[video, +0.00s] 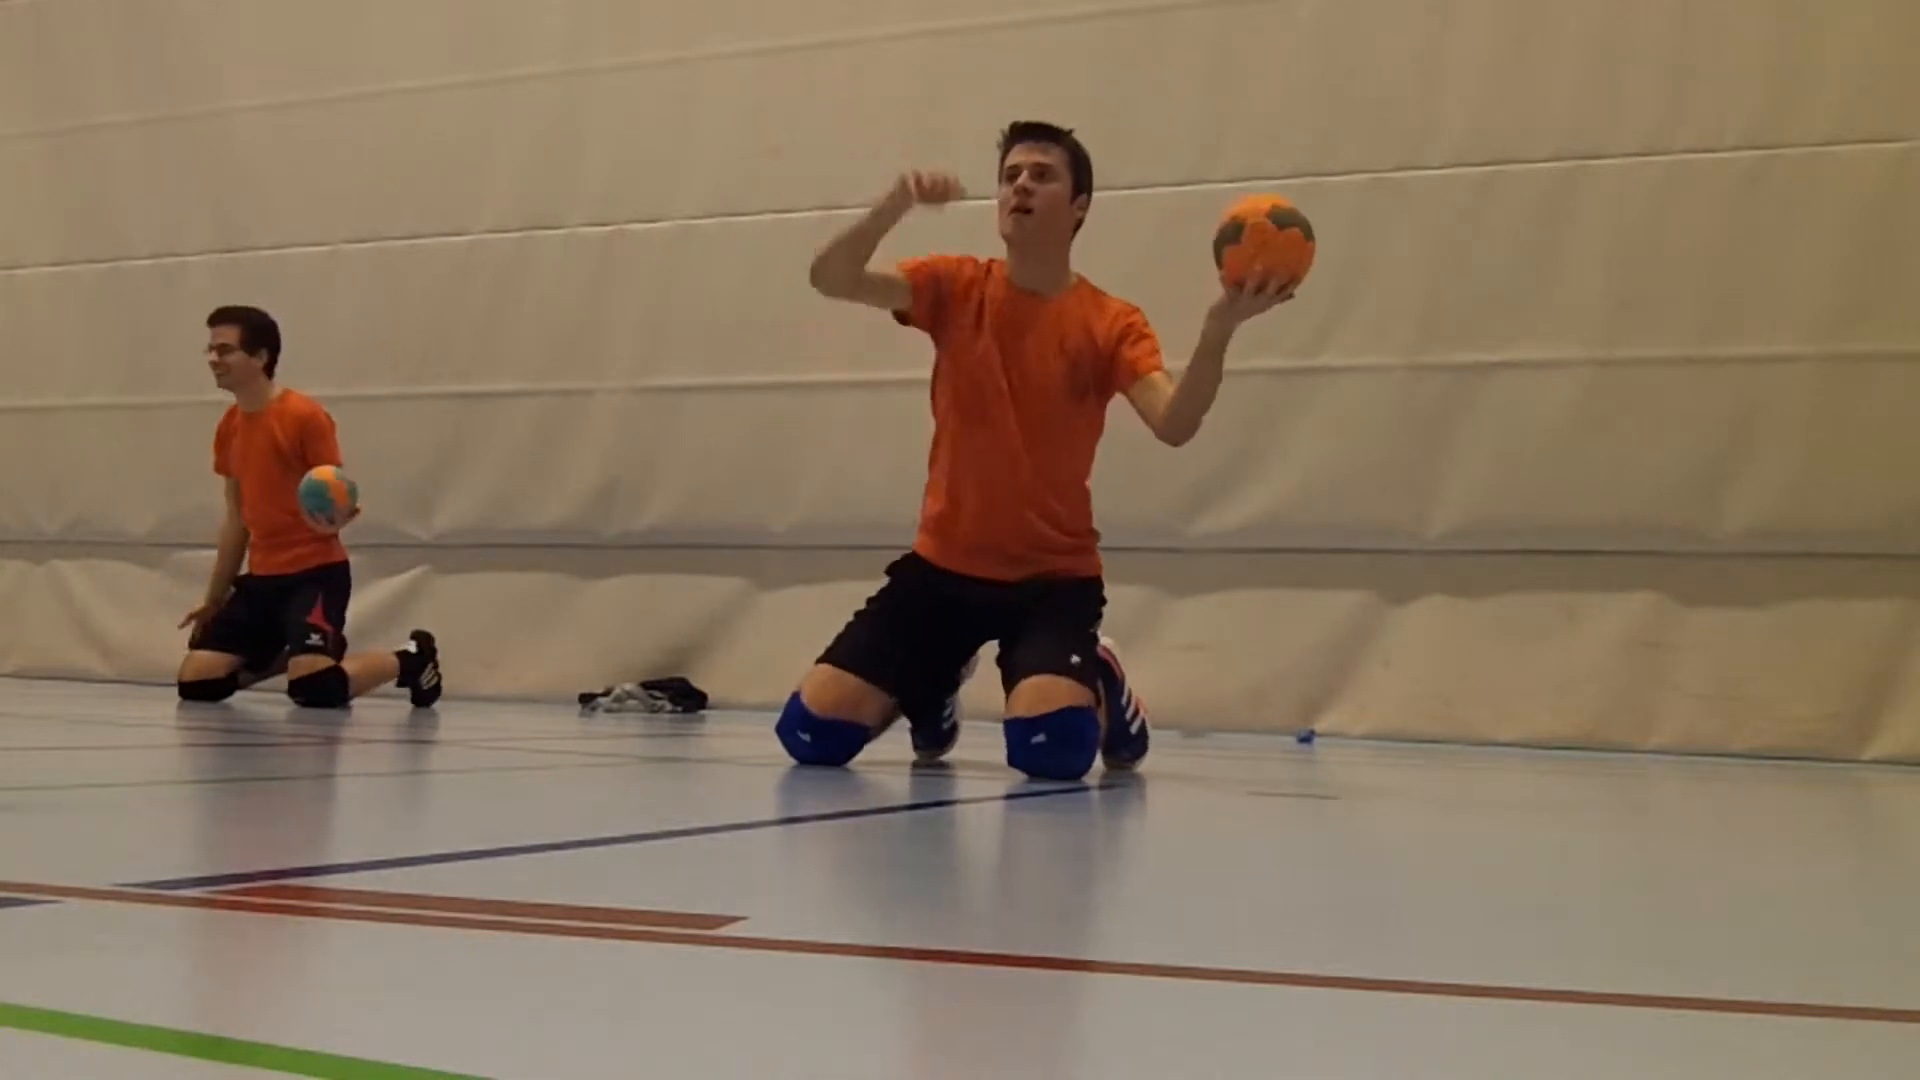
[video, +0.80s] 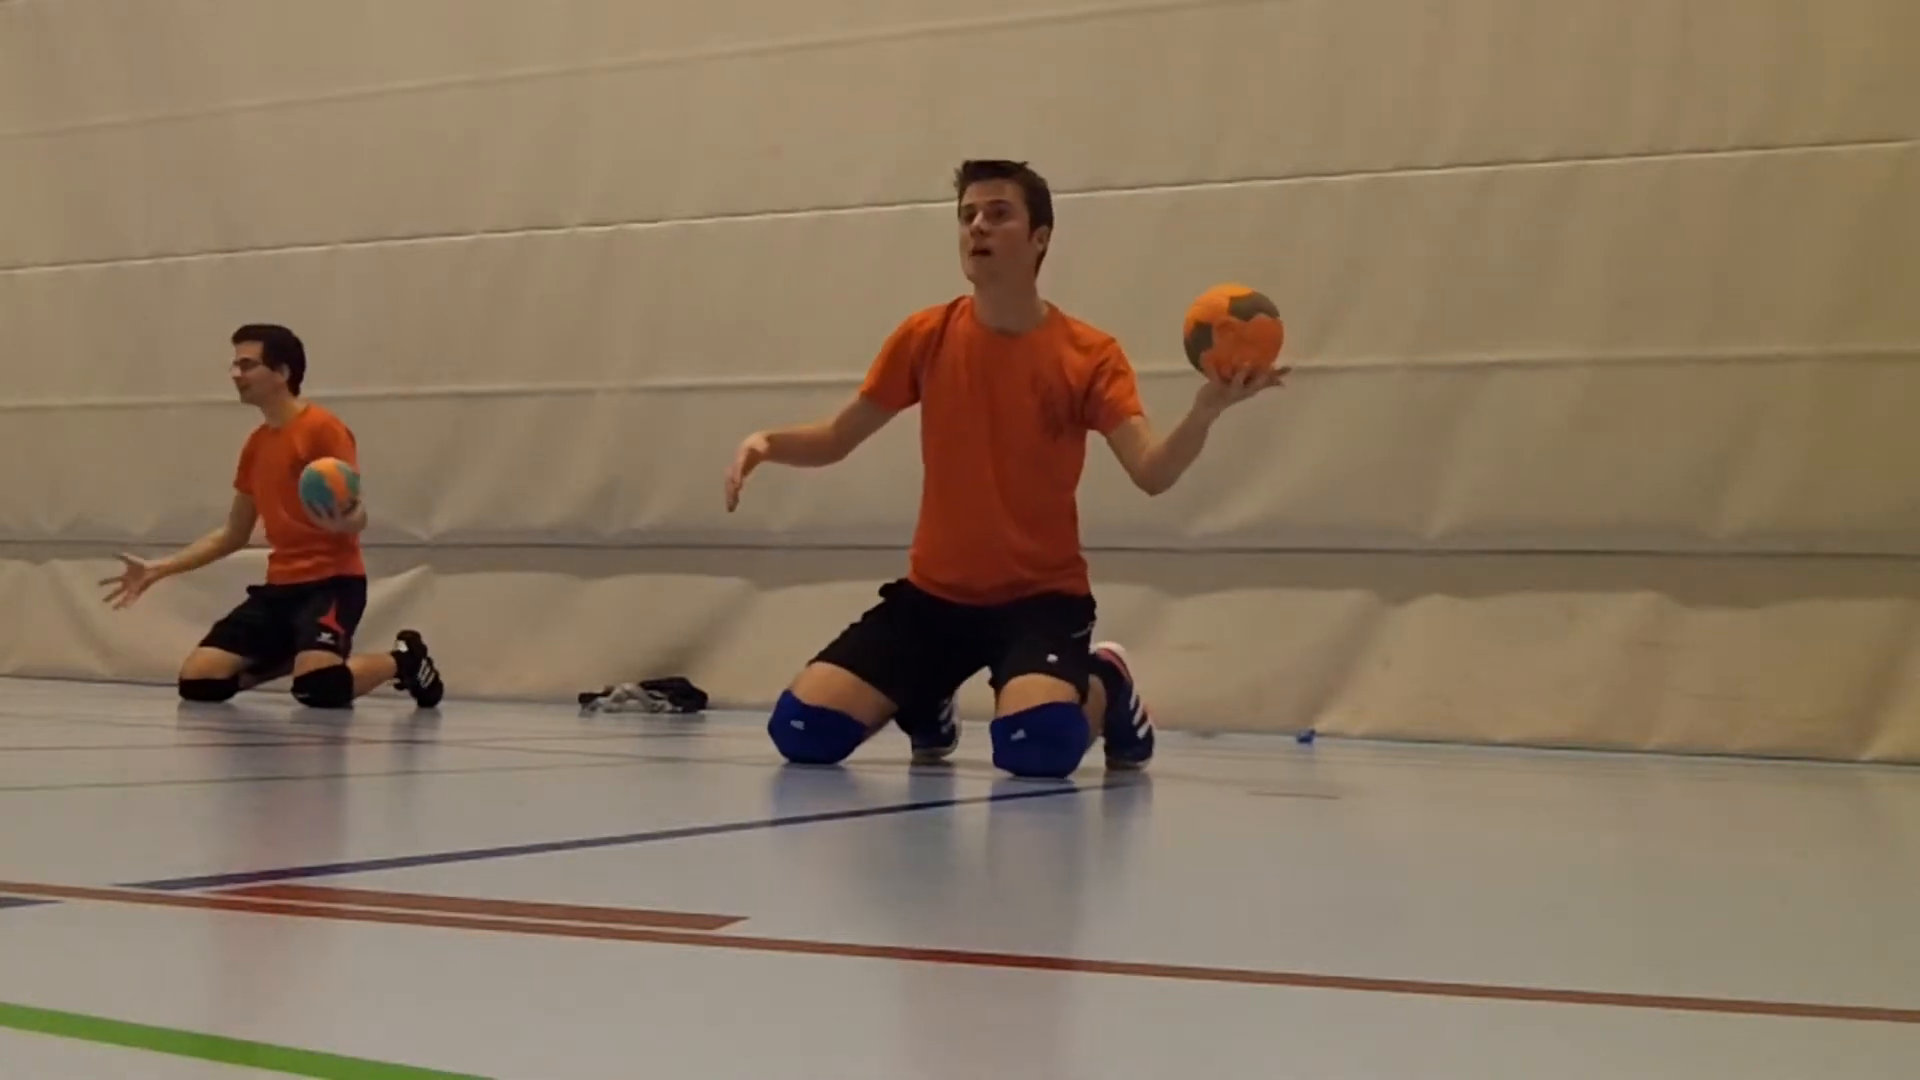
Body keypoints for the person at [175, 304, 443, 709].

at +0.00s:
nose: (213, 359)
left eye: (225, 350)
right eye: (211, 350)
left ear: (261, 357)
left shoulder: (304, 417)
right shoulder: (231, 426)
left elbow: (336, 498)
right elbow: (236, 522)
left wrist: (337, 517)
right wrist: (213, 602)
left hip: (318, 575)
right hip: (262, 579)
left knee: (312, 688)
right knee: (197, 684)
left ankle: (413, 661)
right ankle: (296, 654)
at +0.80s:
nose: (235, 375)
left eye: (246, 366)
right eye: (234, 365)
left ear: (282, 373)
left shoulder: (324, 430)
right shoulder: (257, 446)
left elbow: (357, 517)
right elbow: (233, 535)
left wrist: (345, 524)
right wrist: (158, 569)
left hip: (332, 583)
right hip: (280, 586)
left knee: (315, 687)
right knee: (197, 683)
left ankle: (404, 660)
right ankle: (306, 657)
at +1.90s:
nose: (279, 345)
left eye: (291, 336)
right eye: (277, 336)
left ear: (325, 348)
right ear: (275, 343)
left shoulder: (351, 412)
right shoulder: (271, 415)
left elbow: (380, 493)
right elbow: (193, 450)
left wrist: (352, 514)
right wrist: (172, 370)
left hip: (336, 576)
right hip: (280, 573)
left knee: (323, 691)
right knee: (221, 686)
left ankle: (382, 660)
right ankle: (319, 647)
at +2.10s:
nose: (267, 340)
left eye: (280, 331)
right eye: (266, 330)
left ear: (313, 341)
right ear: (265, 336)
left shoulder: (336, 404)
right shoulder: (257, 400)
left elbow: (361, 488)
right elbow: (169, 406)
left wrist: (341, 481)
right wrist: (130, 357)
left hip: (320, 570)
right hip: (262, 569)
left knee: (309, 688)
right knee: (219, 688)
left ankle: (376, 663)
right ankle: (320, 653)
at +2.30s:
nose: (269, 345)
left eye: (282, 336)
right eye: (267, 335)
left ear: (315, 347)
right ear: (265, 338)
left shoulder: (340, 410)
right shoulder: (263, 411)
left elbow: (371, 489)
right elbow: (211, 486)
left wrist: (379, 469)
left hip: (322, 574)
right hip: (264, 572)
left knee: (313, 691)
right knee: (218, 686)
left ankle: (369, 660)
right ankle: (313, 649)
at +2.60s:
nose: (268, 359)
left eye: (280, 349)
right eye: (267, 348)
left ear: (315, 357)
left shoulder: (349, 419)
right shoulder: (273, 423)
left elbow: (390, 494)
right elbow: (268, 512)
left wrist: (429, 495)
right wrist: (229, 589)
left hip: (338, 581)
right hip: (281, 581)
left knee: (322, 691)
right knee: (211, 685)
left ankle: (377, 657)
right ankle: (314, 651)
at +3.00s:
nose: (249, 370)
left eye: (260, 359)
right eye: (247, 360)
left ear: (296, 365)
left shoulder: (337, 426)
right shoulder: (263, 436)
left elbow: (378, 495)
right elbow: (262, 530)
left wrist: (422, 510)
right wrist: (221, 598)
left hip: (337, 585)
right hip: (282, 588)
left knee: (311, 688)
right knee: (211, 684)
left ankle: (373, 660)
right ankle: (308, 652)